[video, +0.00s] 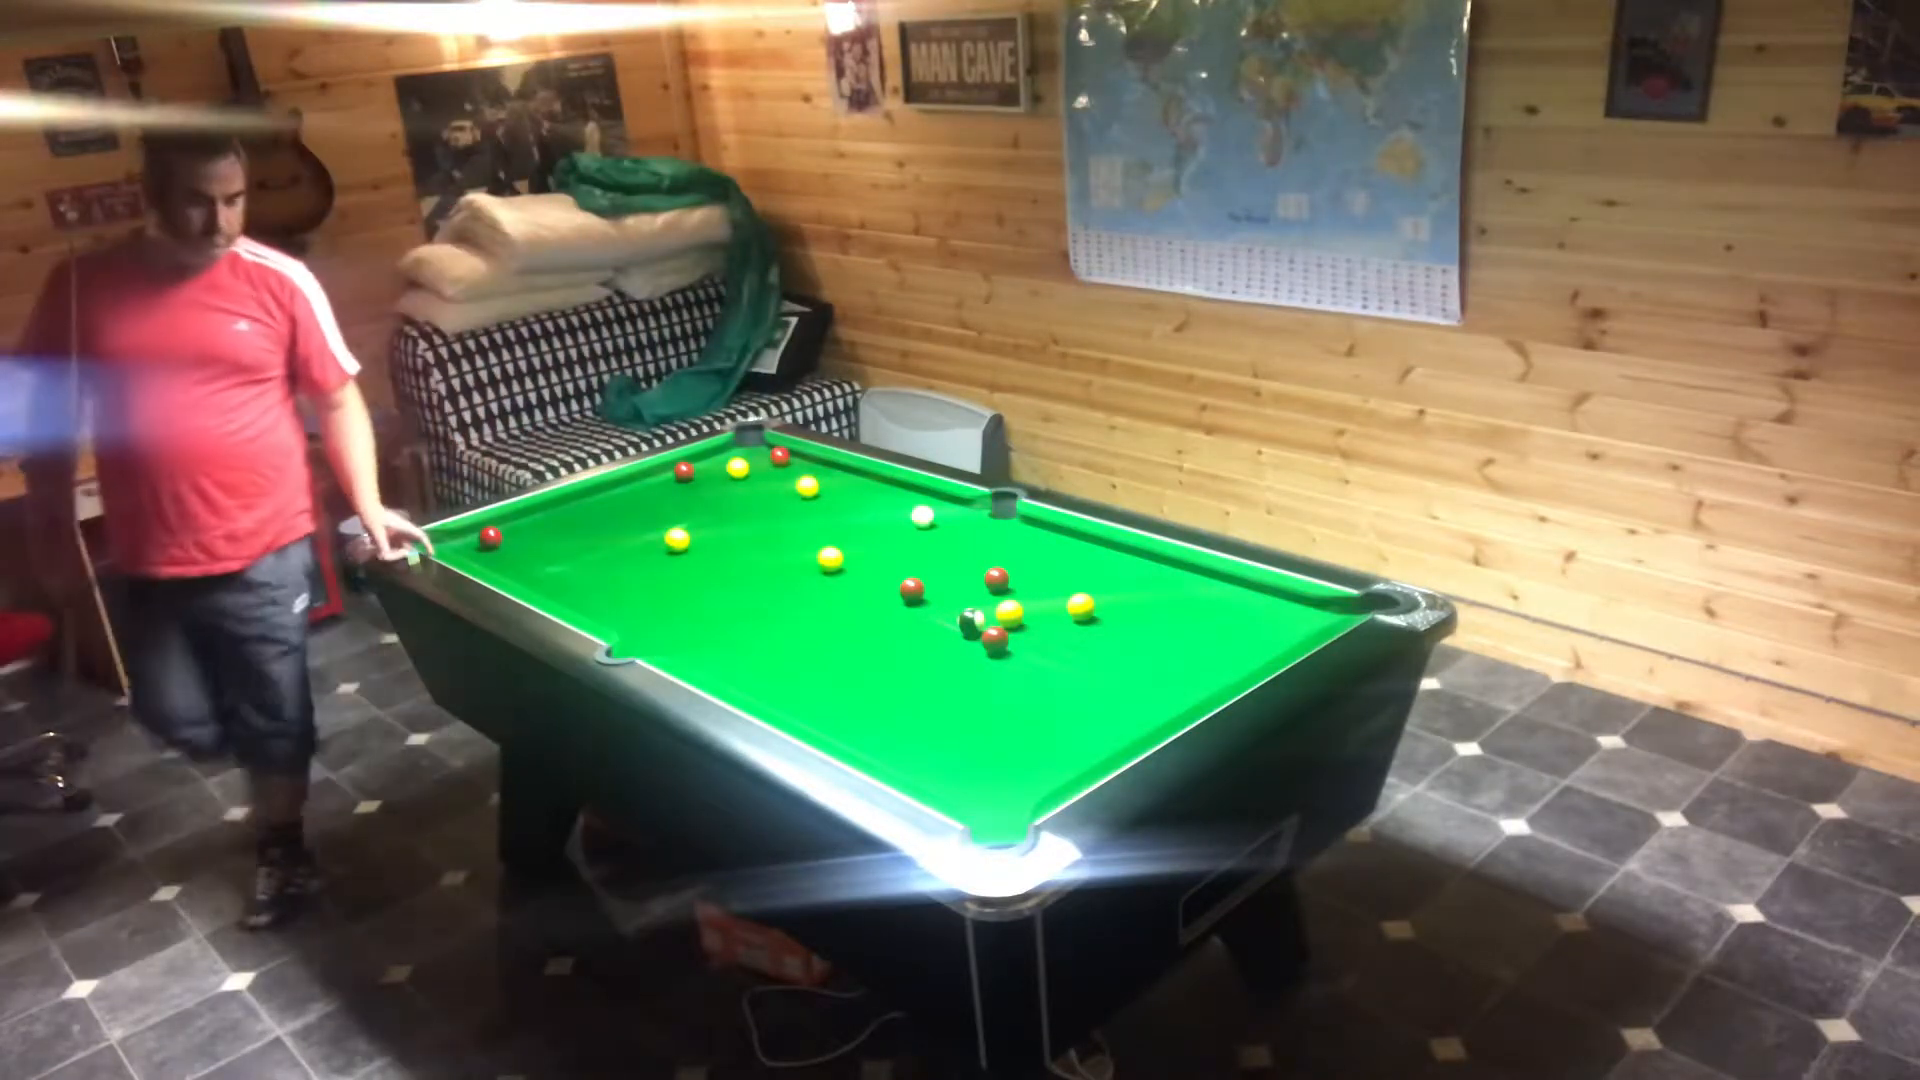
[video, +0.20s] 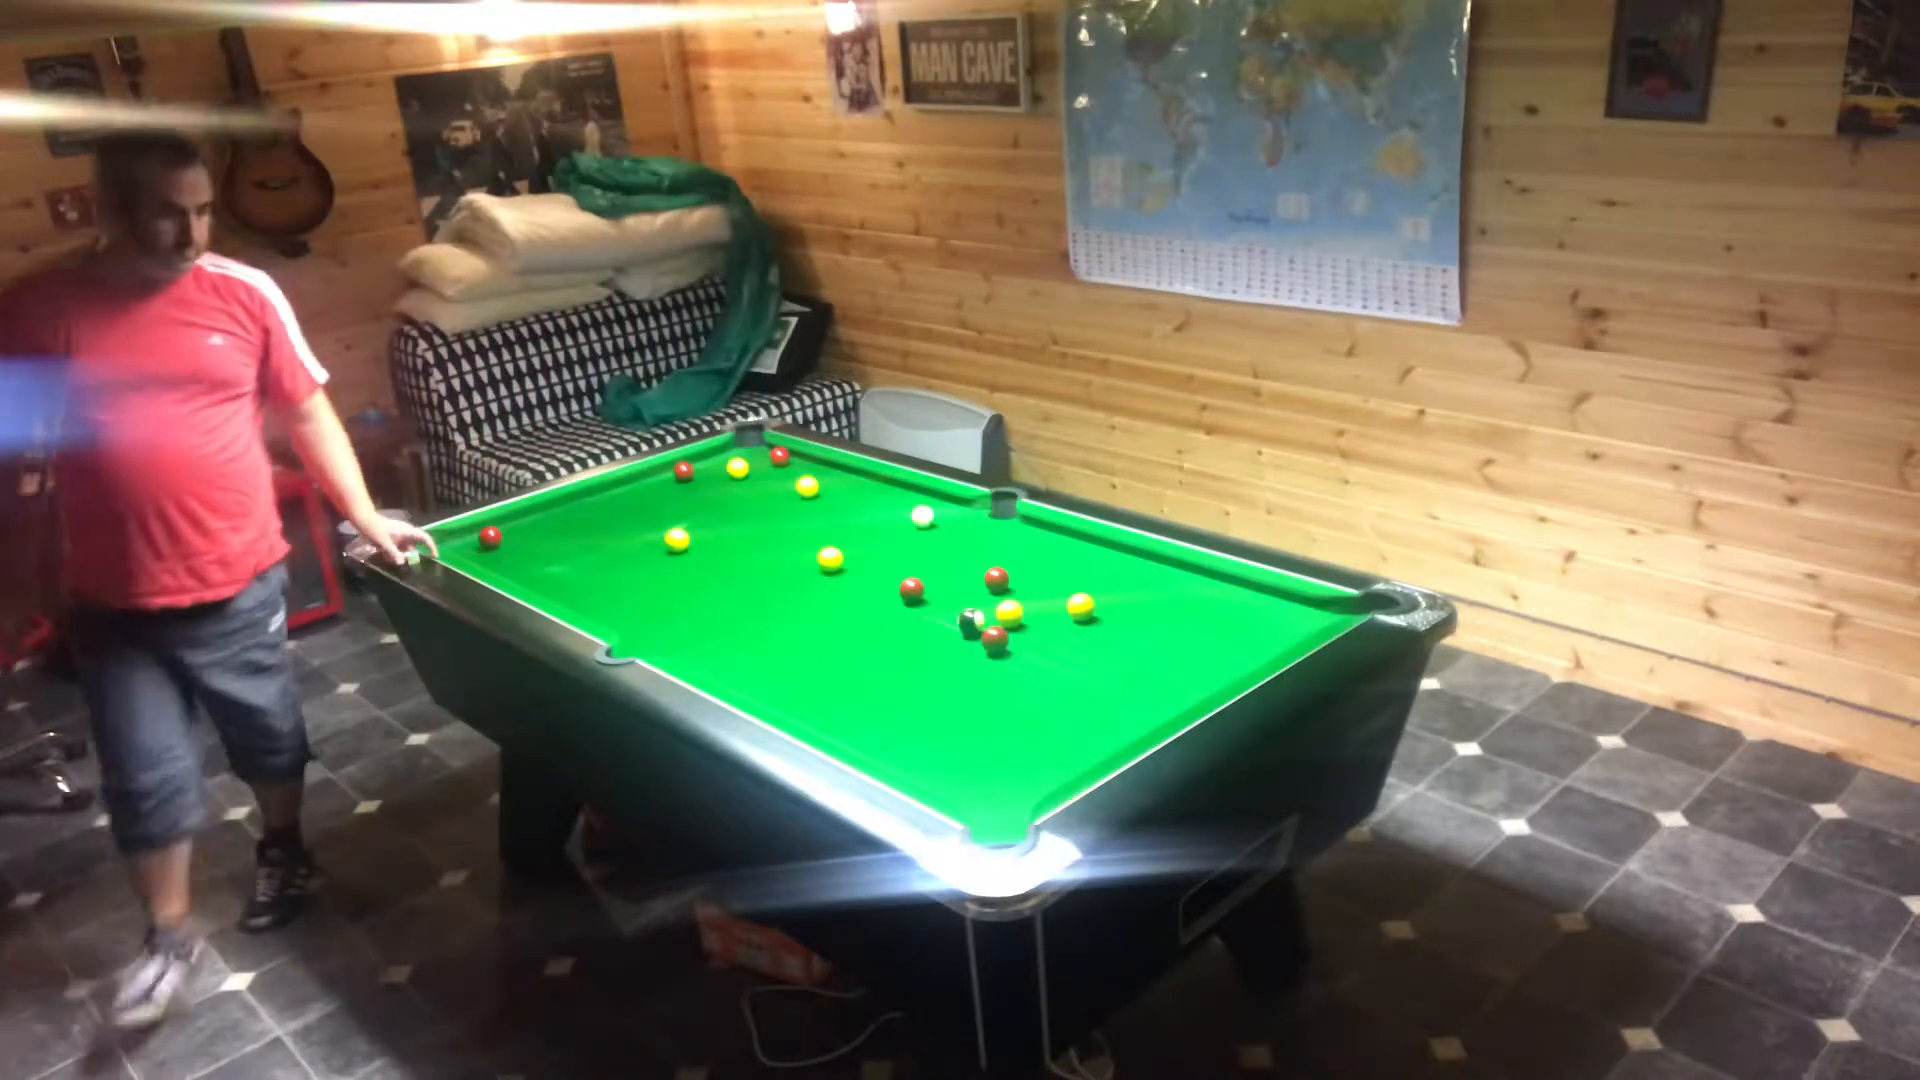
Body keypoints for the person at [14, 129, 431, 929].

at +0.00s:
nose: (222, 219)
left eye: (235, 199)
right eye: (200, 203)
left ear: (247, 191)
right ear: (153, 198)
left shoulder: (282, 284)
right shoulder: (85, 289)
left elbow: (338, 398)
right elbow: (45, 428)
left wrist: (369, 504)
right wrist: (60, 544)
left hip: (262, 555)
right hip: (148, 563)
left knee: (273, 722)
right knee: (179, 719)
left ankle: (282, 852)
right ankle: (270, 752)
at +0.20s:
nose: (191, 232)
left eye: (202, 211)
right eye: (169, 215)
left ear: (212, 202)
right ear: (113, 211)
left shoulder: (247, 298)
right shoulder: (47, 309)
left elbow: (309, 410)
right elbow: (19, 456)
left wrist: (364, 512)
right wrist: (19, 592)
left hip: (236, 587)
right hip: (114, 604)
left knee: (271, 741)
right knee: (145, 783)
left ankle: (282, 849)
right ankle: (169, 941)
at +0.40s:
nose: (154, 248)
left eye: (163, 228)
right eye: (131, 230)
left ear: (170, 223)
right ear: (64, 228)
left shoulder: (204, 321)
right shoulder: (13, 329)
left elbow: (275, 434)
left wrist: (354, 529)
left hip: (208, 622)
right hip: (77, 641)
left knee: (253, 760)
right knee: (131, 830)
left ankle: (278, 846)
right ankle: (160, 1014)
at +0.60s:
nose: (120, 251)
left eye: (126, 232)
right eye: (96, 233)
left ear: (130, 230)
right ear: (27, 235)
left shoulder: (159, 334)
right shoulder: (2, 351)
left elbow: (234, 451)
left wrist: (319, 549)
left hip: (171, 652)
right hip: (37, 674)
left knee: (226, 819)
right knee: (100, 871)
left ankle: (255, 857)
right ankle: (158, 1020)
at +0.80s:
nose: (125, 261)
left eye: (124, 239)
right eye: (100, 244)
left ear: (120, 236)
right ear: (28, 253)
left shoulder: (138, 347)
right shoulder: (5, 376)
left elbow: (193, 479)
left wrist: (241, 600)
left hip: (177, 683)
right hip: (40, 717)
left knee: (218, 872)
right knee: (104, 902)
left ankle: (257, 1026)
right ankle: (160, 1018)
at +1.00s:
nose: (155, 290)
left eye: (153, 266)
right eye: (135, 267)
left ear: (72, 278)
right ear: (56, 278)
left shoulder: (154, 380)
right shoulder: (5, 405)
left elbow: (199, 520)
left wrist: (233, 649)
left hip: (197, 737)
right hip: (54, 772)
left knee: (234, 968)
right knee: (114, 938)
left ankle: (274, 1073)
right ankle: (161, 1017)